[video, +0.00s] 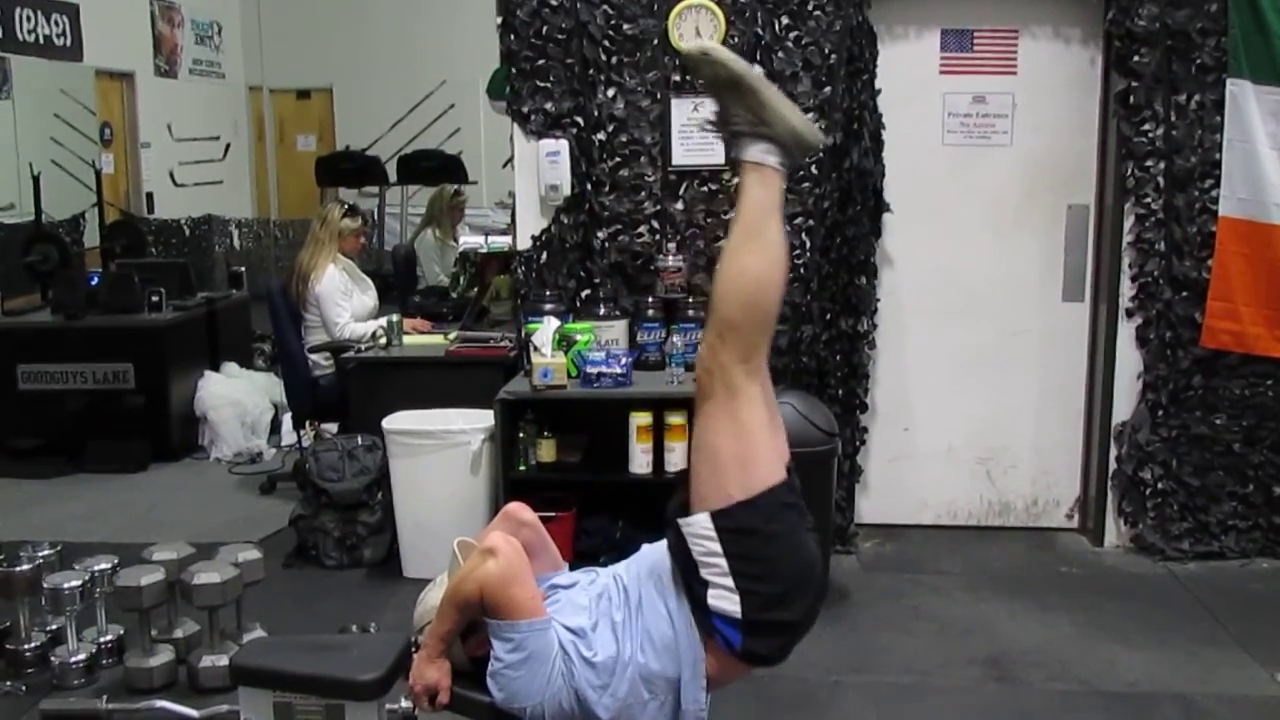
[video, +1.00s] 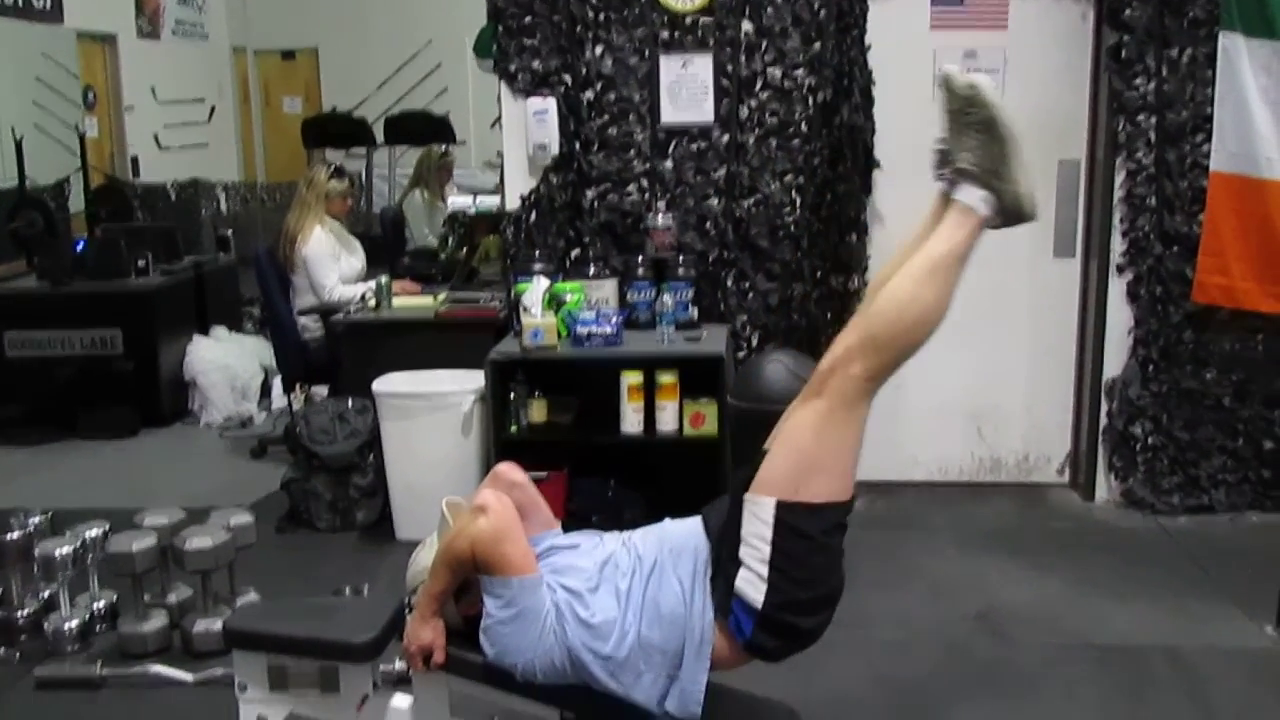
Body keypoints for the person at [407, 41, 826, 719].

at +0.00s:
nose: (479, 559)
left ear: (479, 629)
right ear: (479, 635)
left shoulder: (563, 607)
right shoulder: (530, 675)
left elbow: (518, 518)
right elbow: (492, 556)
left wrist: (456, 607)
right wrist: (436, 646)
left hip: (748, 580)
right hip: (742, 595)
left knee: (735, 369)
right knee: (727, 370)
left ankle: (763, 155)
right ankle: (762, 154)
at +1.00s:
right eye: (490, 509)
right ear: (484, 566)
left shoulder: (552, 579)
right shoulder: (524, 625)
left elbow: (510, 481)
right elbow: (479, 523)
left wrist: (458, 560)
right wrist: (430, 604)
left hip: (738, 566)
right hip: (752, 595)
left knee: (842, 373)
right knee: (842, 377)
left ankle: (965, 201)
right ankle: (972, 200)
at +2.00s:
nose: (517, 463)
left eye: (518, 457)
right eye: (501, 466)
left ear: (520, 486)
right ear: (486, 509)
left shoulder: (555, 528)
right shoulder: (516, 585)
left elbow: (510, 445)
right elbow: (470, 473)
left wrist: (447, 525)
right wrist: (424, 564)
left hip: (759, 548)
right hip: (757, 599)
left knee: (897, 389)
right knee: (894, 395)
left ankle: (1092, 428)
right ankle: (1094, 433)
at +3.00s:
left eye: (459, 545)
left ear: (471, 553)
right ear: (469, 562)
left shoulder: (548, 524)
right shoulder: (519, 599)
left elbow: (505, 436)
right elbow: (477, 481)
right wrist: (423, 567)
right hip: (734, 492)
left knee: (552, 360)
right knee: (537, 377)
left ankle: (512, 178)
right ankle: (498, 174)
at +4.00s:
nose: (471, 474)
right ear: (470, 564)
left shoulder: (547, 530)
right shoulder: (514, 588)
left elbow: (504, 436)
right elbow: (469, 481)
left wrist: (445, 506)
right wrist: (419, 562)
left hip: (715, 458)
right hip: (700, 475)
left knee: (589, 265)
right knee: (581, 268)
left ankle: (524, 76)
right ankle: (514, 73)